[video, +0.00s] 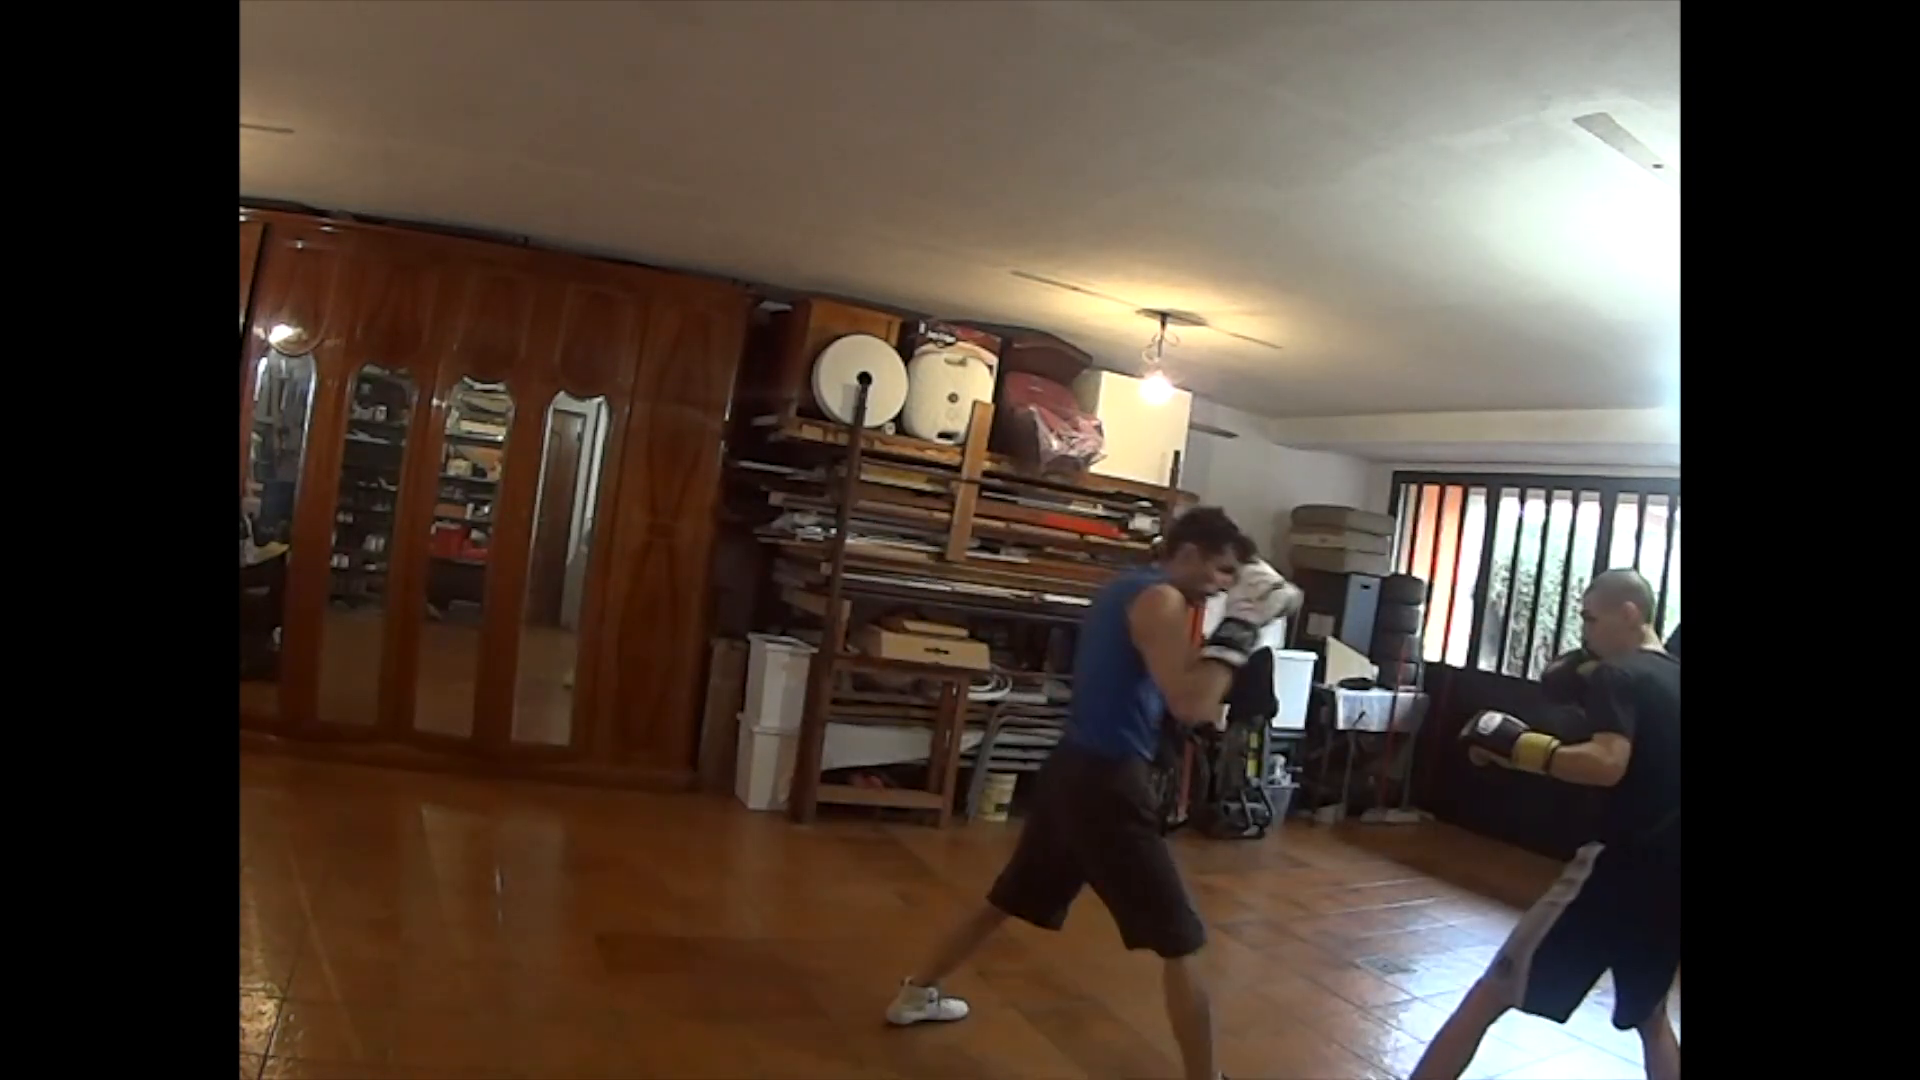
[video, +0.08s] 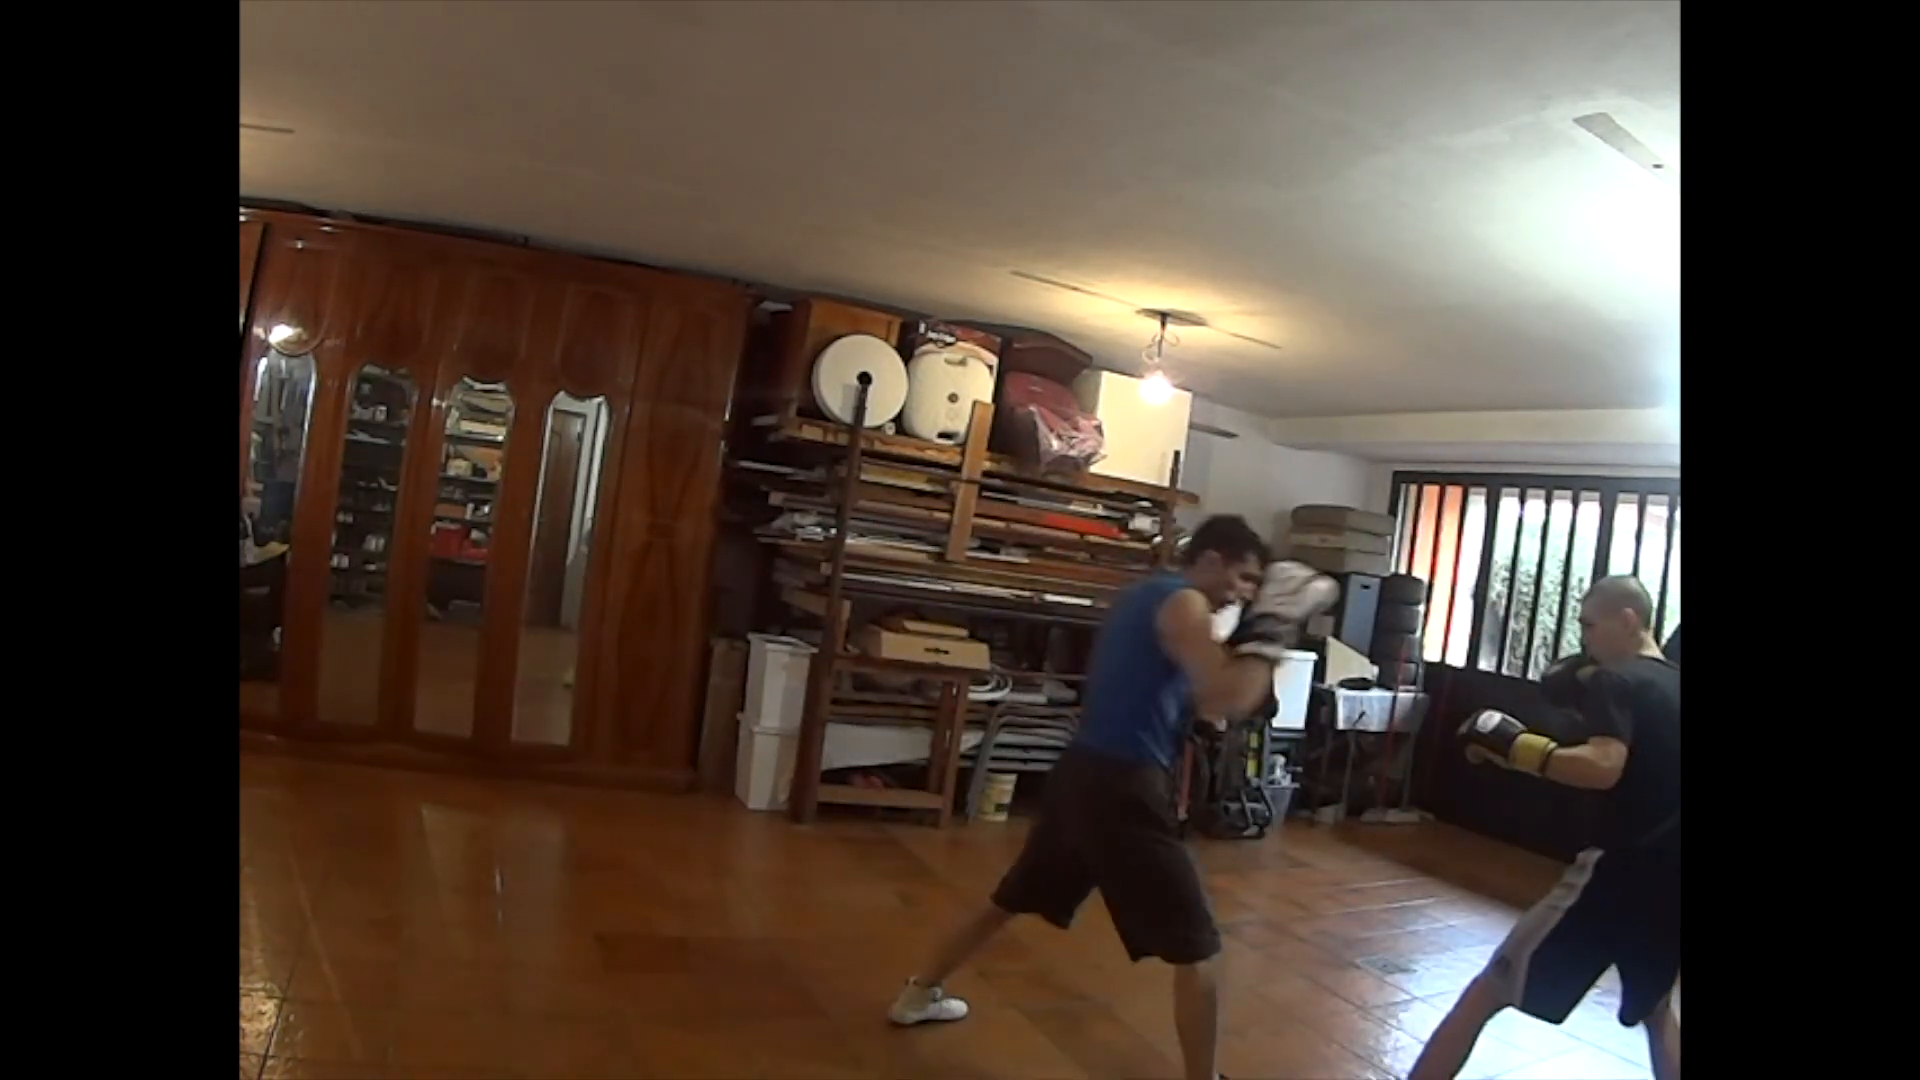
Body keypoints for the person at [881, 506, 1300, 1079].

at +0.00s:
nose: (1220, 586)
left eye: (1227, 577)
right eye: (1219, 571)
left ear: (1183, 553)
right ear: (1187, 551)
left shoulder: (1125, 587)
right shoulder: (1158, 599)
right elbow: (1194, 703)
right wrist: (1239, 629)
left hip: (1070, 776)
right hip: (1112, 789)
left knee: (1003, 900)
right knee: (1181, 943)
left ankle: (916, 991)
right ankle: (1204, 1072)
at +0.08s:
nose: (1244, 589)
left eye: (1251, 581)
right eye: (1241, 574)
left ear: (1193, 558)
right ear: (1207, 557)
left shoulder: (1143, 596)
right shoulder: (1180, 602)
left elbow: (1205, 693)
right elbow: (1227, 694)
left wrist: (1257, 636)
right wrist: (1273, 632)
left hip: (1081, 779)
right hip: (1129, 793)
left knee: (1005, 901)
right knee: (1199, 954)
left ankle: (918, 992)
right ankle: (1202, 1070)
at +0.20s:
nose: (1269, 596)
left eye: (1275, 587)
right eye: (1268, 581)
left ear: (1219, 553)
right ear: (1236, 559)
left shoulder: (1154, 593)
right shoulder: (1211, 600)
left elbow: (1142, 688)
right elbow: (1276, 687)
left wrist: (1201, 700)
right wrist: (1313, 630)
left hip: (1090, 776)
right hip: (1141, 789)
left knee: (1031, 908)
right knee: (1202, 950)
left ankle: (935, 1006)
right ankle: (1201, 1073)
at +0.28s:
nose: (1264, 590)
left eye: (1271, 582)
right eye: (1264, 576)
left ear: (1217, 549)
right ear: (1233, 554)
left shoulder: (1154, 588)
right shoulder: (1206, 597)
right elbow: (1261, 693)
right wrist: (1310, 629)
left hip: (1097, 777)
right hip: (1147, 789)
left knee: (1036, 916)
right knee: (1205, 951)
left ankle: (940, 1017)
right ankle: (1203, 1075)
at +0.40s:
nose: (1253, 591)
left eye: (1260, 581)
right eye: (1251, 576)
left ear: (1204, 556)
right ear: (1217, 557)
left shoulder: (1147, 595)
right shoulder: (1192, 603)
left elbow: (1205, 689)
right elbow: (1223, 708)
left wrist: (1263, 635)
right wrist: (1286, 648)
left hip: (1098, 787)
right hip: (1150, 799)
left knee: (1030, 924)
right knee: (1248, 942)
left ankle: (935, 1033)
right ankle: (1234, 1072)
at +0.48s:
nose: (1257, 597)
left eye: (1264, 587)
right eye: (1256, 582)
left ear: (1207, 564)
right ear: (1223, 567)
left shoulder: (1143, 605)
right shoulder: (1199, 614)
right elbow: (1229, 721)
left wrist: (1256, 641)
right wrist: (1289, 660)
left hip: (1101, 803)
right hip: (1156, 813)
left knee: (1038, 930)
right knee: (1256, 949)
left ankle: (937, 1032)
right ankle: (1260, 1070)